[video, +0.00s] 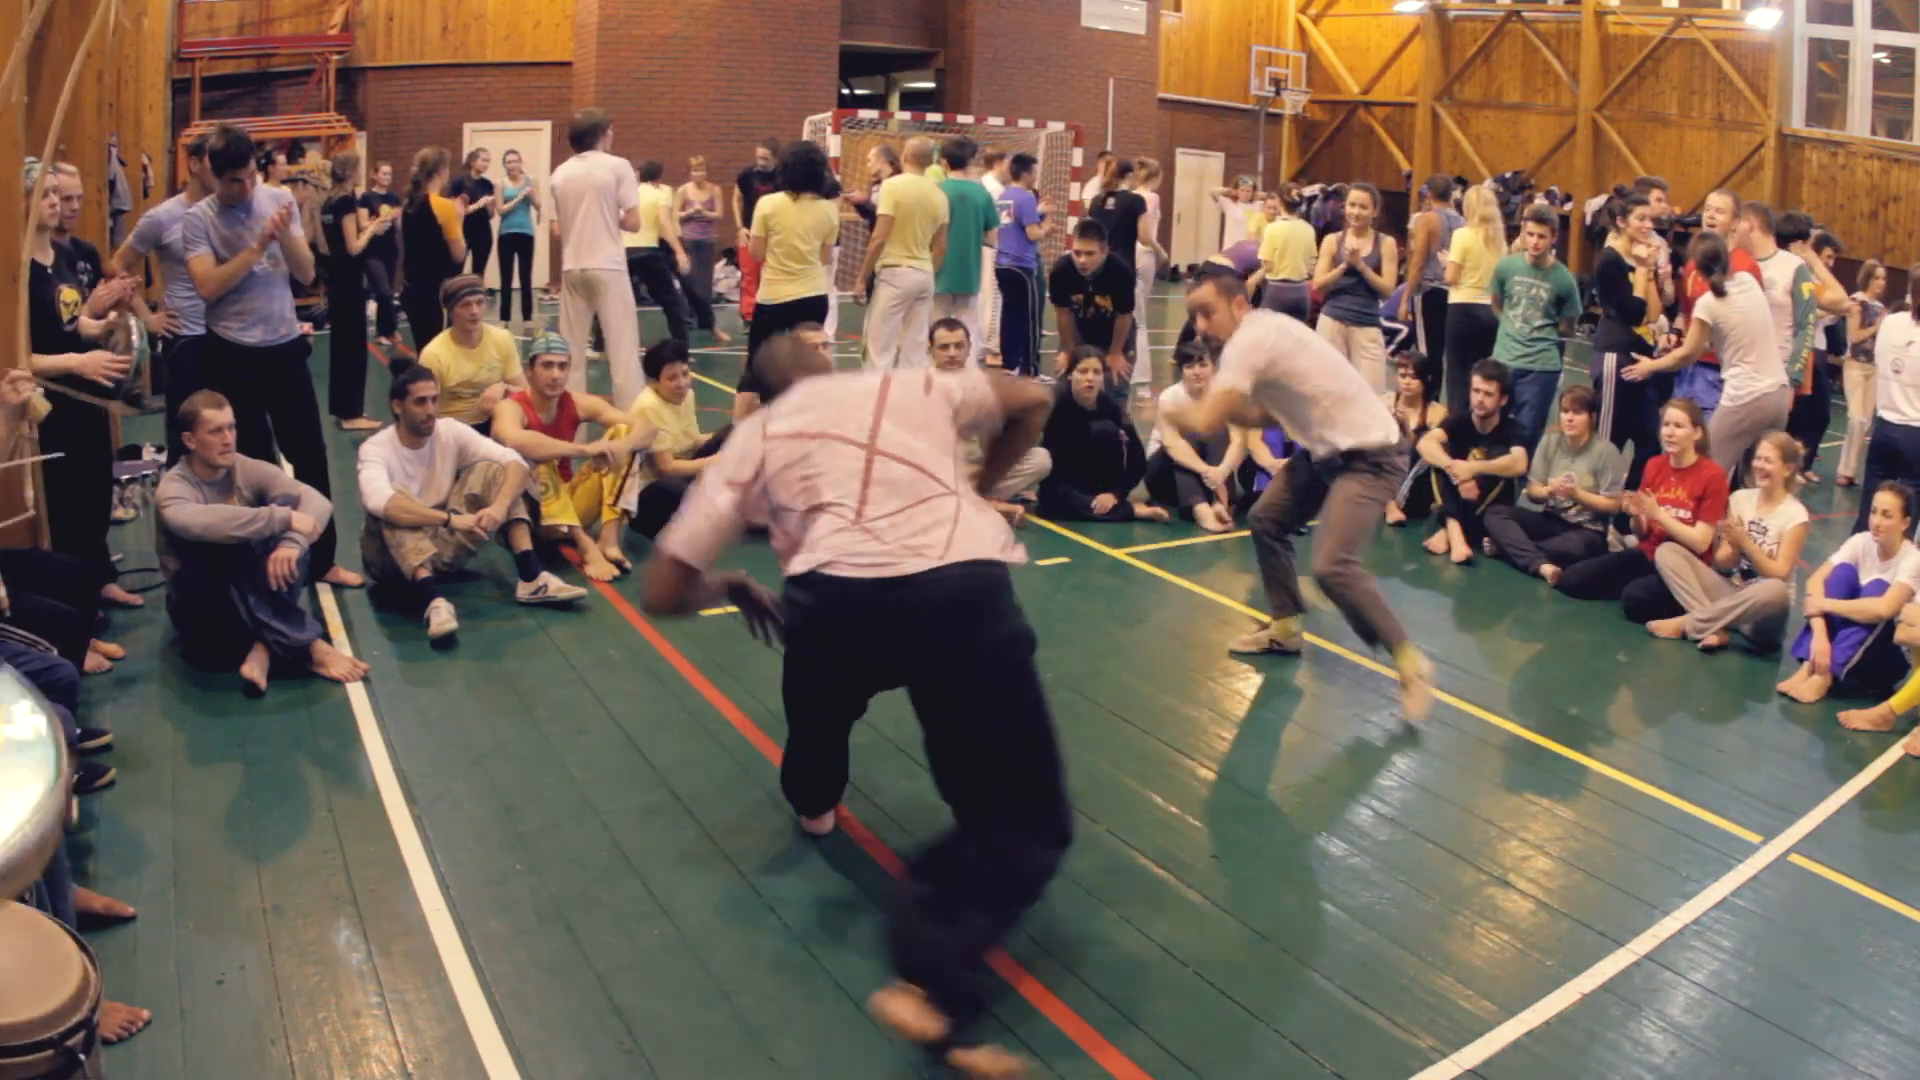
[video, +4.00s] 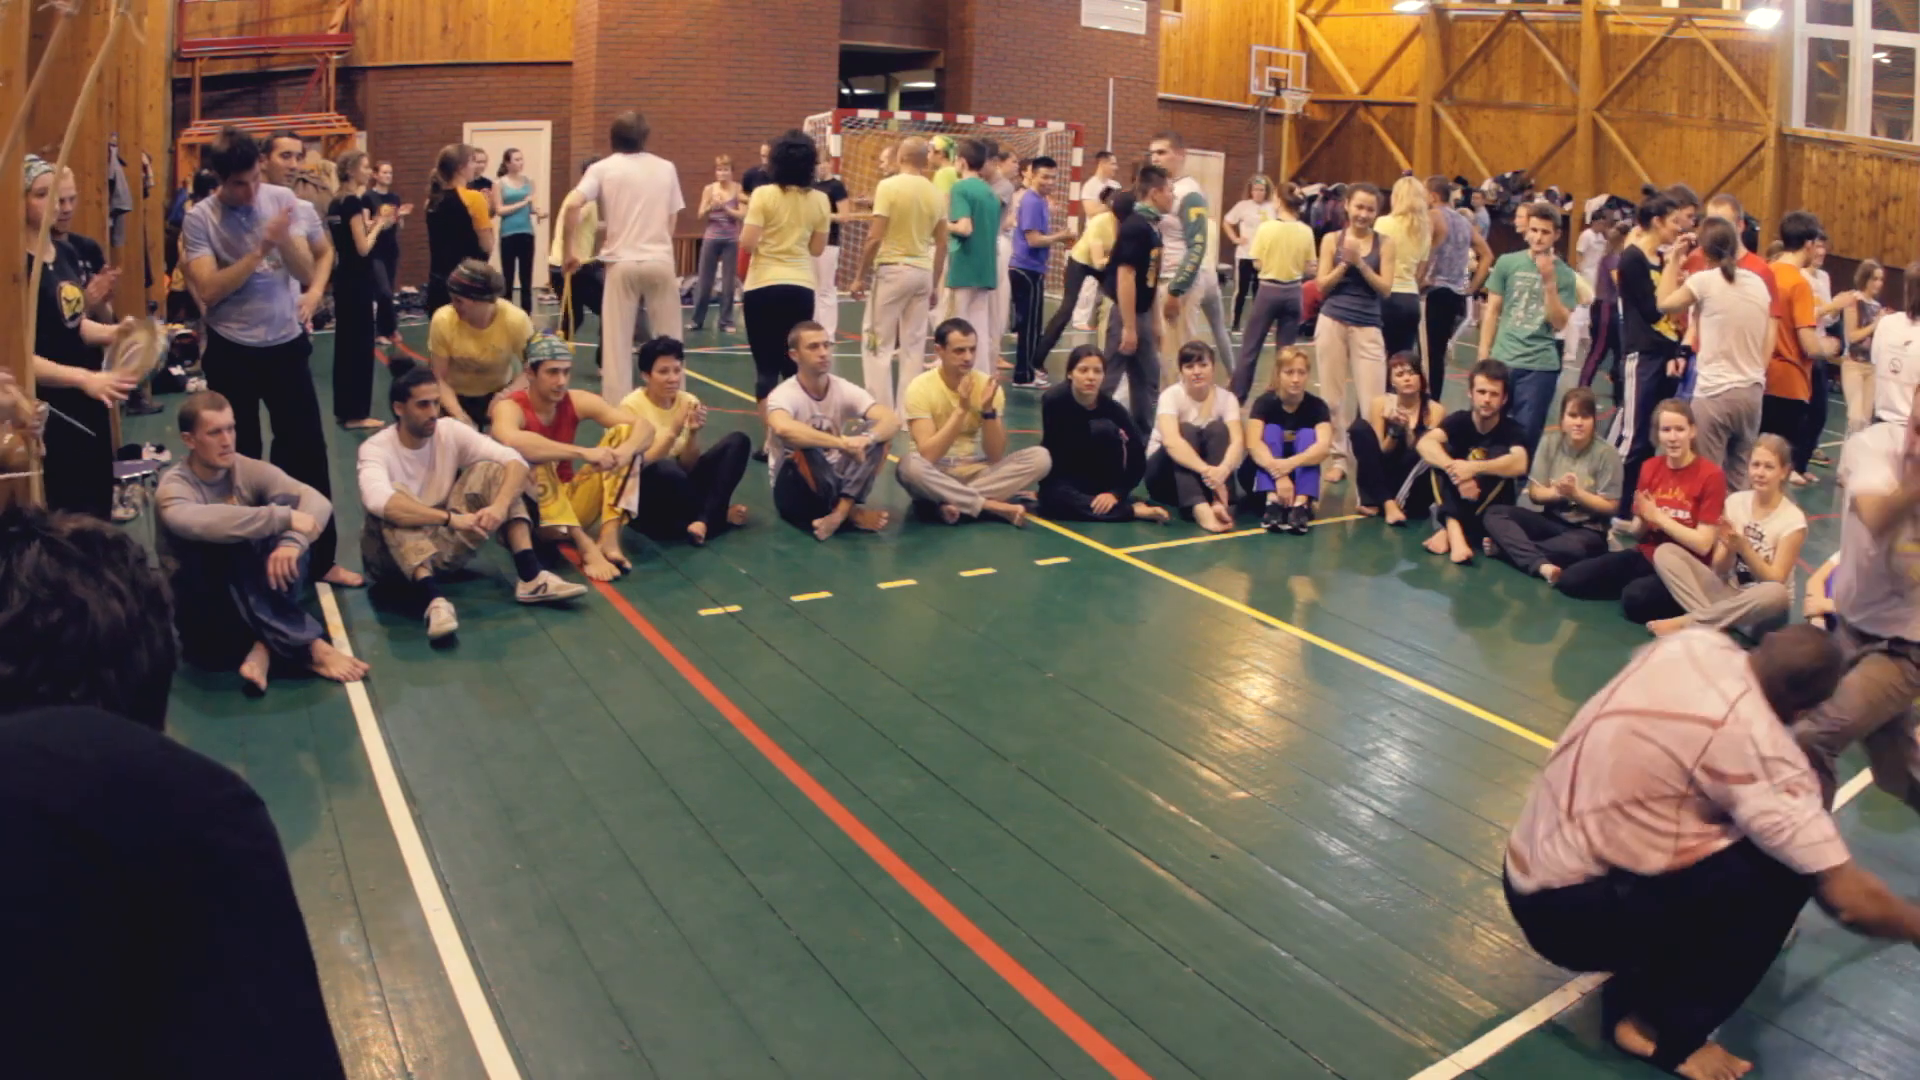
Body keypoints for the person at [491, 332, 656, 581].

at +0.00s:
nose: (556, 374)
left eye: (562, 366)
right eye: (547, 366)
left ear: (569, 370)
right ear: (530, 370)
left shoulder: (581, 403)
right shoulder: (510, 407)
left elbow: (646, 427)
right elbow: (513, 440)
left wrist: (623, 446)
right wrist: (583, 449)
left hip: (571, 504)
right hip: (527, 510)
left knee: (623, 435)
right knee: (542, 466)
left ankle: (609, 538)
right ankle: (587, 546)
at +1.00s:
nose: (562, 381)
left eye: (567, 373)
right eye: (553, 373)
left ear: (573, 372)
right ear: (532, 373)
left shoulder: (580, 404)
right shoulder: (511, 407)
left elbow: (645, 428)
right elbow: (513, 439)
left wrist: (623, 449)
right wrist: (586, 448)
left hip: (572, 505)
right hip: (528, 511)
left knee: (623, 432)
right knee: (542, 465)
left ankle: (609, 537)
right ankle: (587, 546)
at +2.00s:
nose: (563, 381)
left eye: (567, 373)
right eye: (554, 373)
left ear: (572, 372)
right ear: (531, 374)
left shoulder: (579, 403)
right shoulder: (510, 407)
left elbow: (642, 429)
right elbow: (508, 438)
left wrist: (625, 450)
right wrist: (583, 448)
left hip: (572, 504)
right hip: (529, 510)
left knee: (623, 432)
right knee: (540, 466)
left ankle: (609, 537)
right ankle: (586, 546)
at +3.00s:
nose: (564, 380)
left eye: (568, 371)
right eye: (555, 372)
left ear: (573, 371)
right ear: (532, 373)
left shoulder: (579, 402)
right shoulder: (509, 408)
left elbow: (645, 428)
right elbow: (509, 439)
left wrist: (625, 451)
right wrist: (582, 452)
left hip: (571, 504)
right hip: (527, 510)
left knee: (624, 432)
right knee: (540, 466)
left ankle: (609, 536)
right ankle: (586, 546)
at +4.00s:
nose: (561, 381)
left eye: (566, 372)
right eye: (552, 373)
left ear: (571, 371)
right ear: (530, 372)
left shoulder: (578, 401)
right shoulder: (508, 408)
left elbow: (644, 427)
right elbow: (508, 439)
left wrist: (626, 450)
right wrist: (582, 452)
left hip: (570, 507)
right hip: (526, 512)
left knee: (624, 433)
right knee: (539, 465)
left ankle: (609, 537)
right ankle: (586, 546)